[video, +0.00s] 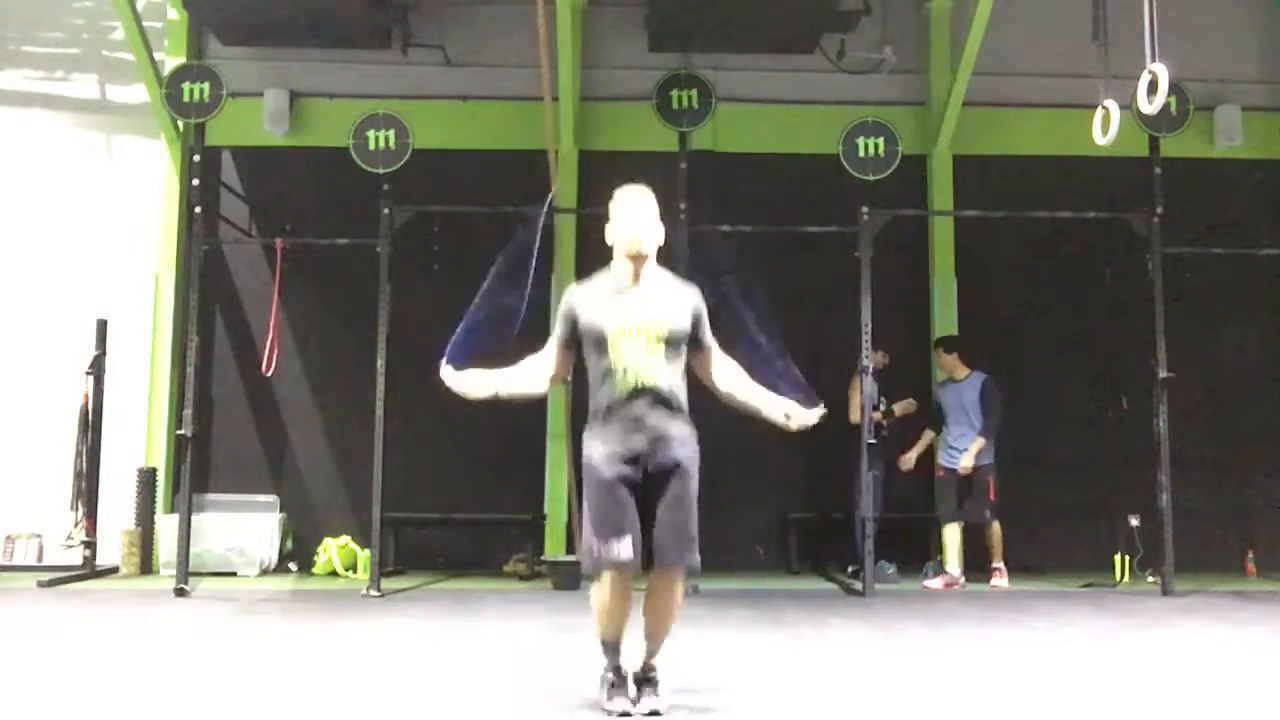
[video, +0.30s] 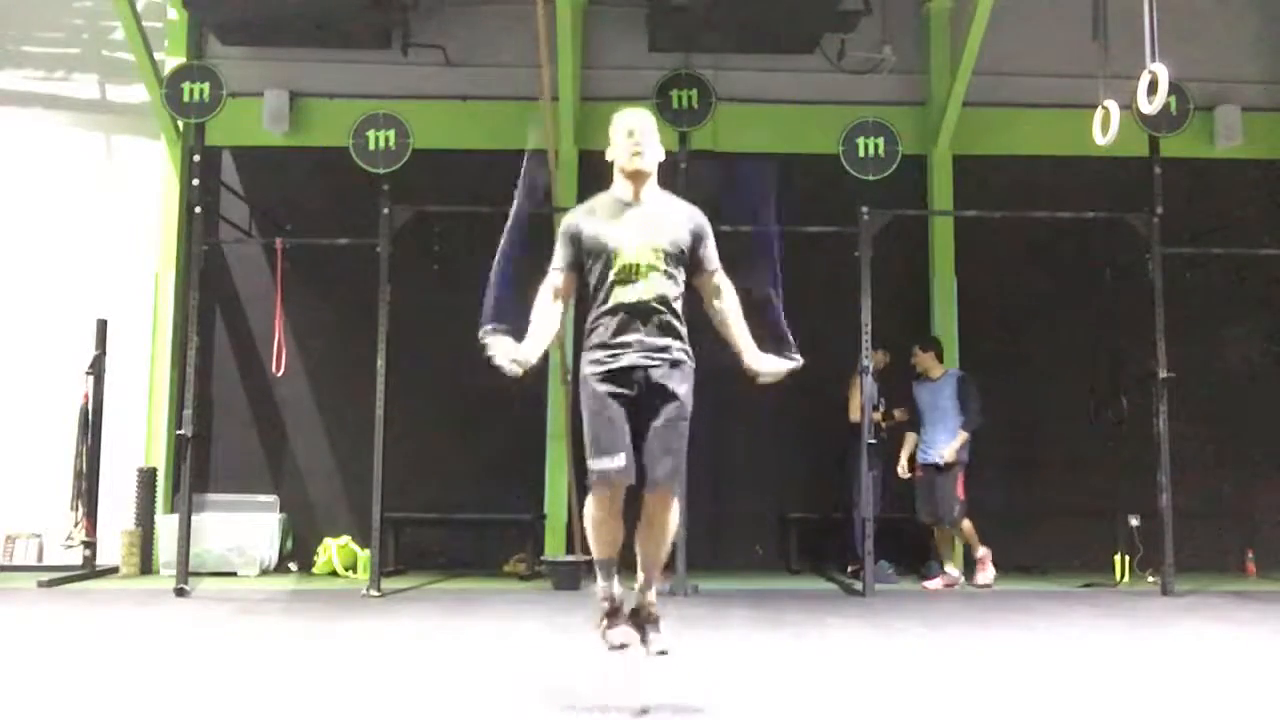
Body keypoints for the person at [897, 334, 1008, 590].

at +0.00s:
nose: (937, 362)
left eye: (940, 356)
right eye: (936, 356)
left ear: (953, 356)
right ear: (949, 357)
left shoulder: (983, 384)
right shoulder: (941, 389)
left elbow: (992, 423)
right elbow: (935, 424)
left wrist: (971, 452)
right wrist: (914, 452)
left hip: (980, 461)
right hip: (947, 462)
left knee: (986, 514)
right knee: (949, 517)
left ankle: (997, 567)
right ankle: (953, 573)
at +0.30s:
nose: (913, 360)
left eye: (917, 355)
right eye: (913, 355)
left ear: (931, 355)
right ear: (926, 357)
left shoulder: (959, 380)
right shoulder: (918, 387)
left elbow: (973, 418)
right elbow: (914, 423)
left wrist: (954, 446)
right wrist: (904, 455)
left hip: (951, 457)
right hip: (925, 458)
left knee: (952, 513)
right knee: (935, 517)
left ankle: (981, 553)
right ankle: (949, 569)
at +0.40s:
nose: (905, 361)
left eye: (909, 355)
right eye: (904, 356)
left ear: (924, 353)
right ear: (911, 358)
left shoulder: (951, 380)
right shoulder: (910, 387)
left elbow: (967, 418)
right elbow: (907, 423)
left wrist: (955, 450)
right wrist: (895, 451)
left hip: (943, 458)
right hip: (920, 459)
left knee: (936, 513)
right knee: (928, 515)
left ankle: (960, 562)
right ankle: (947, 571)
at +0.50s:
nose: (898, 361)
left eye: (902, 355)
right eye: (896, 356)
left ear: (916, 353)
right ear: (900, 359)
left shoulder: (940, 380)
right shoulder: (902, 388)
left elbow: (964, 414)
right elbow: (898, 423)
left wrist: (956, 448)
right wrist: (886, 449)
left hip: (937, 456)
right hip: (914, 458)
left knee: (922, 512)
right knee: (932, 516)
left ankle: (931, 572)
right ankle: (951, 569)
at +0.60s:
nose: (891, 363)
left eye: (894, 357)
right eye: (888, 359)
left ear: (907, 356)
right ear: (890, 362)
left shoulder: (932, 381)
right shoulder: (894, 388)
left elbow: (961, 411)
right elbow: (891, 423)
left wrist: (957, 446)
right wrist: (877, 446)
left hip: (930, 458)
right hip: (909, 459)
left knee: (913, 515)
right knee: (930, 517)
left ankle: (900, 574)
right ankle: (951, 570)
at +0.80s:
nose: (873, 361)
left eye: (876, 355)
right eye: (871, 356)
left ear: (891, 353)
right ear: (871, 359)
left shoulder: (911, 382)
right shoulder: (877, 386)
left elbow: (932, 414)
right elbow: (873, 426)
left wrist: (935, 445)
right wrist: (862, 454)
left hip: (911, 458)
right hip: (889, 458)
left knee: (902, 516)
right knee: (905, 517)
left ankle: (889, 574)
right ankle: (944, 564)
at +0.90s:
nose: (867, 358)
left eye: (870, 352)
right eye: (865, 353)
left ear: (883, 351)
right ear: (864, 355)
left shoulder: (903, 383)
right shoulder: (869, 383)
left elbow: (913, 421)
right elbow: (865, 423)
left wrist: (911, 456)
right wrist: (857, 455)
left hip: (897, 458)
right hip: (876, 458)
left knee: (896, 517)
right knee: (889, 517)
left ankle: (889, 573)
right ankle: (930, 554)